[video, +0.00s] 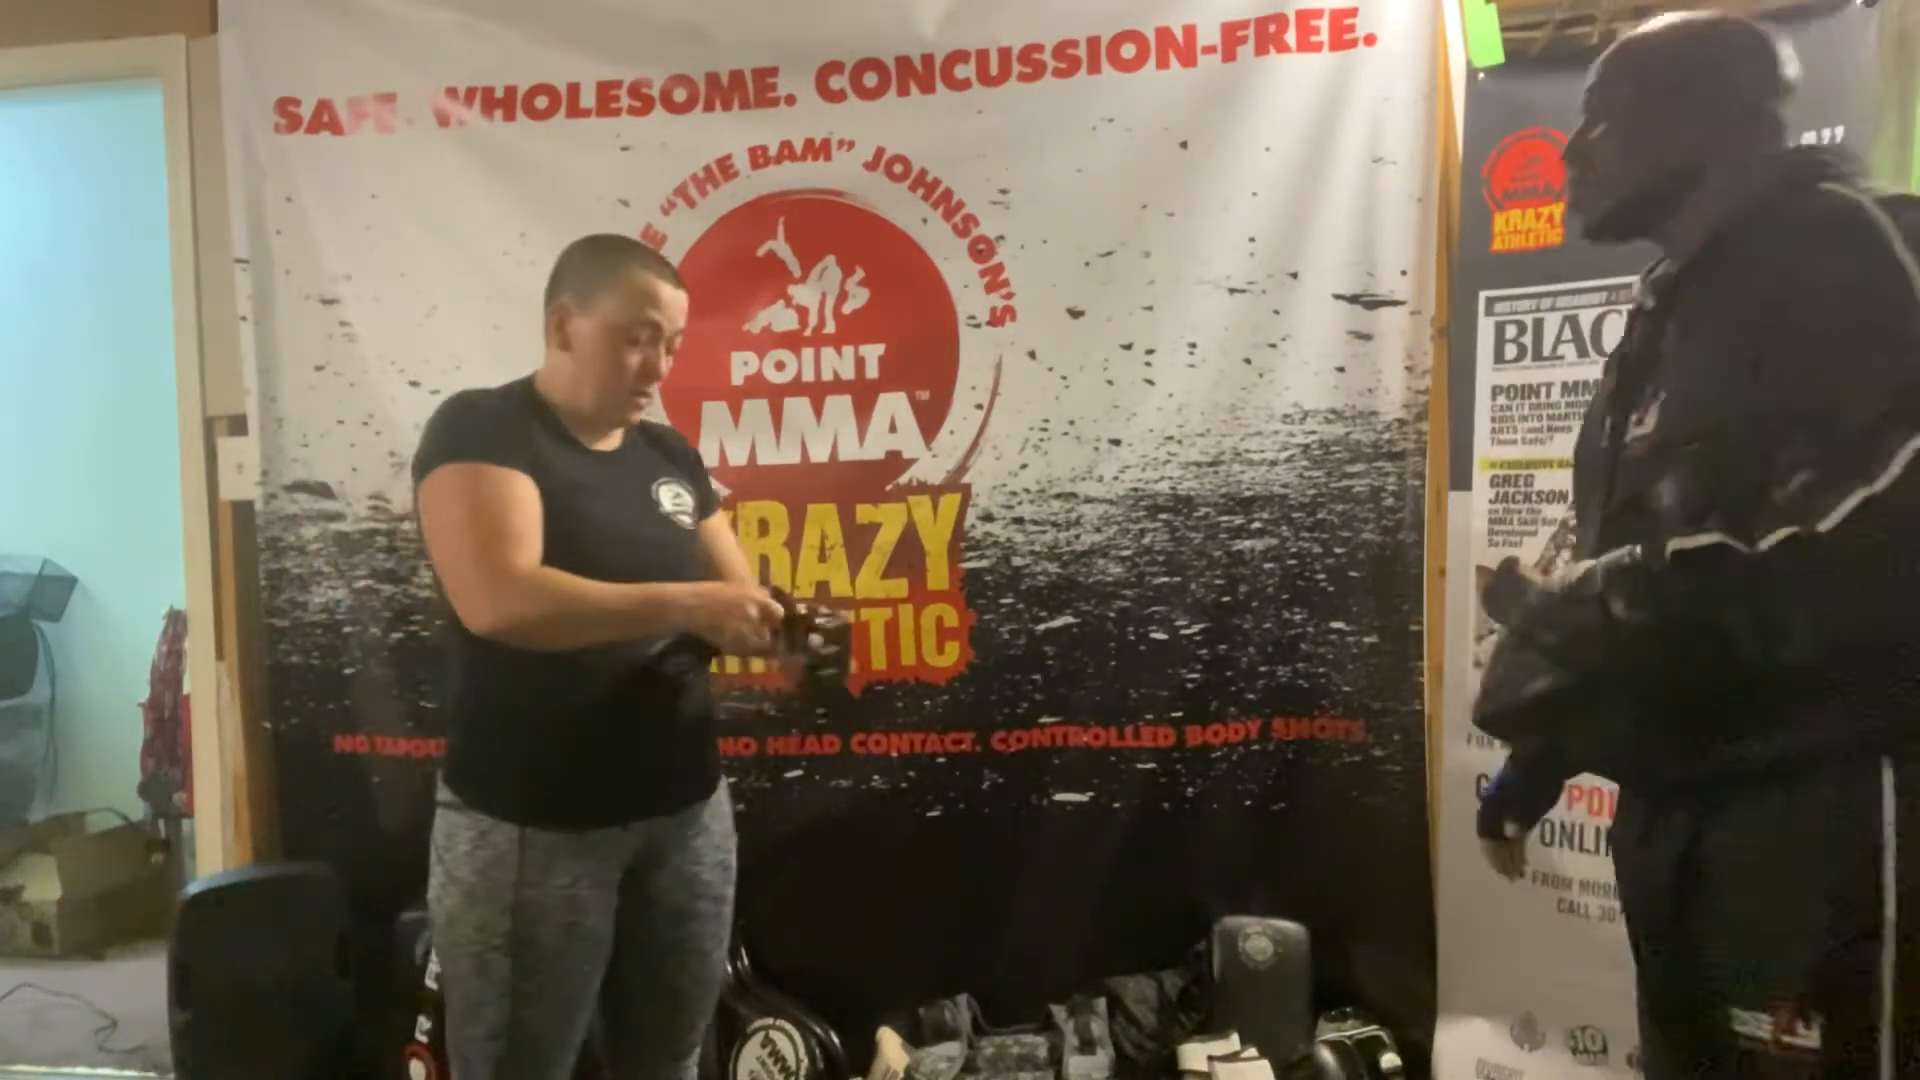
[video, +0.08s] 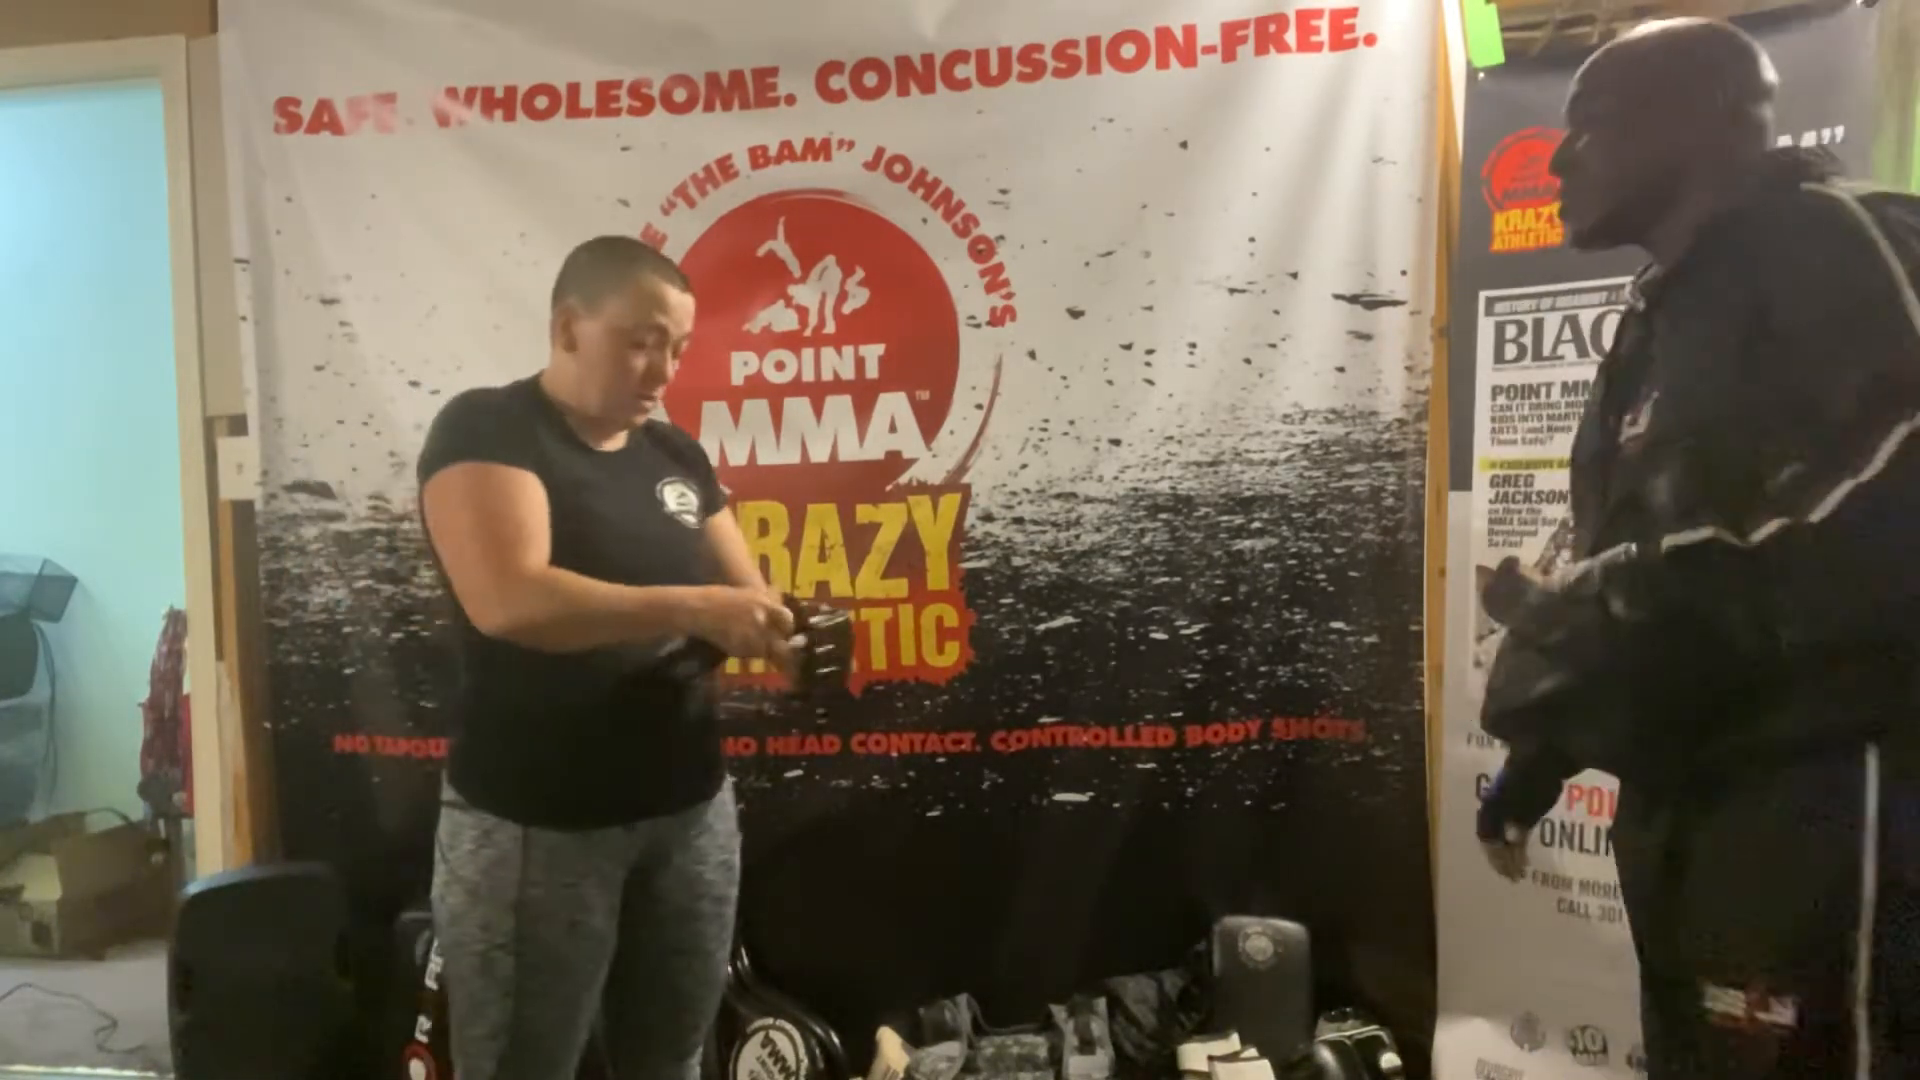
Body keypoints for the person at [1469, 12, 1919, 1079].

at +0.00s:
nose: (1570, 150)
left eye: (1599, 120)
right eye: (1578, 123)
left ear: (1699, 123)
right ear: (1703, 133)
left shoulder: (1822, 248)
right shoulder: (1675, 305)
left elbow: (1861, 552)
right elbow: (1629, 563)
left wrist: (1574, 608)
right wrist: (1536, 760)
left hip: (1806, 803)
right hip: (1692, 801)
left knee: (1793, 1055)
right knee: (1687, 1054)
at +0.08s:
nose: (1557, 151)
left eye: (1590, 121)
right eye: (1566, 125)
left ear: (1699, 124)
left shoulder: (1816, 243)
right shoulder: (1661, 314)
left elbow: (1886, 506)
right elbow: (1626, 561)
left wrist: (1590, 612)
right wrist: (1538, 755)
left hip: (1810, 796)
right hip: (1689, 796)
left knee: (1798, 1053)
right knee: (1690, 1051)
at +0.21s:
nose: (1553, 162)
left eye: (1582, 132)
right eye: (1560, 138)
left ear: (1679, 132)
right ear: (1692, 139)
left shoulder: (1809, 244)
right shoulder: (1672, 298)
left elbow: (1865, 495)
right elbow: (1628, 538)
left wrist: (1555, 615)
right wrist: (1560, 752)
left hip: (1810, 780)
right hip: (1708, 781)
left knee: (1792, 1051)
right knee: (1700, 1050)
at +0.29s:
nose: (1555, 160)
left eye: (1584, 130)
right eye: (1561, 135)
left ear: (1684, 129)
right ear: (1688, 136)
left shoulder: (1790, 231)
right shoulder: (1651, 313)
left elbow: (1875, 470)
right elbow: (1626, 542)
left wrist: (1577, 597)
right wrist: (1570, 753)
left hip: (1798, 780)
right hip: (1689, 786)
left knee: (1790, 1054)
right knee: (1686, 1053)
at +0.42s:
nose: (1552, 156)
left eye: (1581, 126)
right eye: (1559, 129)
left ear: (1676, 126)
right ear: (1680, 133)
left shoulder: (1783, 231)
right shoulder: (1654, 298)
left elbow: (1857, 466)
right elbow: (1628, 525)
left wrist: (1564, 590)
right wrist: (1592, 759)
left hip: (1785, 774)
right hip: (1684, 779)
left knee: (1777, 1054)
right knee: (1685, 1051)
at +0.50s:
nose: (1538, 163)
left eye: (1566, 135)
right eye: (1545, 139)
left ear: (1662, 135)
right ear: (1670, 141)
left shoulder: (1774, 231)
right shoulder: (1659, 290)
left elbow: (1856, 470)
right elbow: (1645, 520)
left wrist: (1569, 593)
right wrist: (1609, 768)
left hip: (1787, 778)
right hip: (1689, 782)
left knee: (1776, 1056)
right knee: (1683, 1054)